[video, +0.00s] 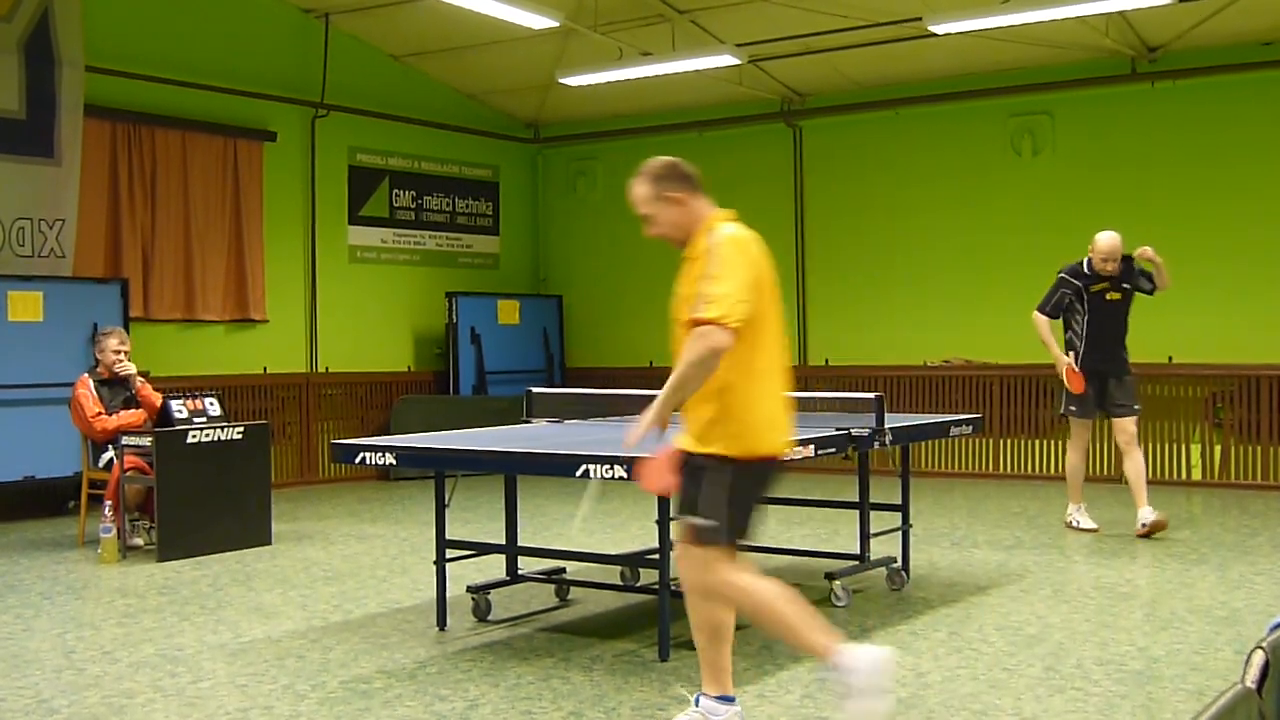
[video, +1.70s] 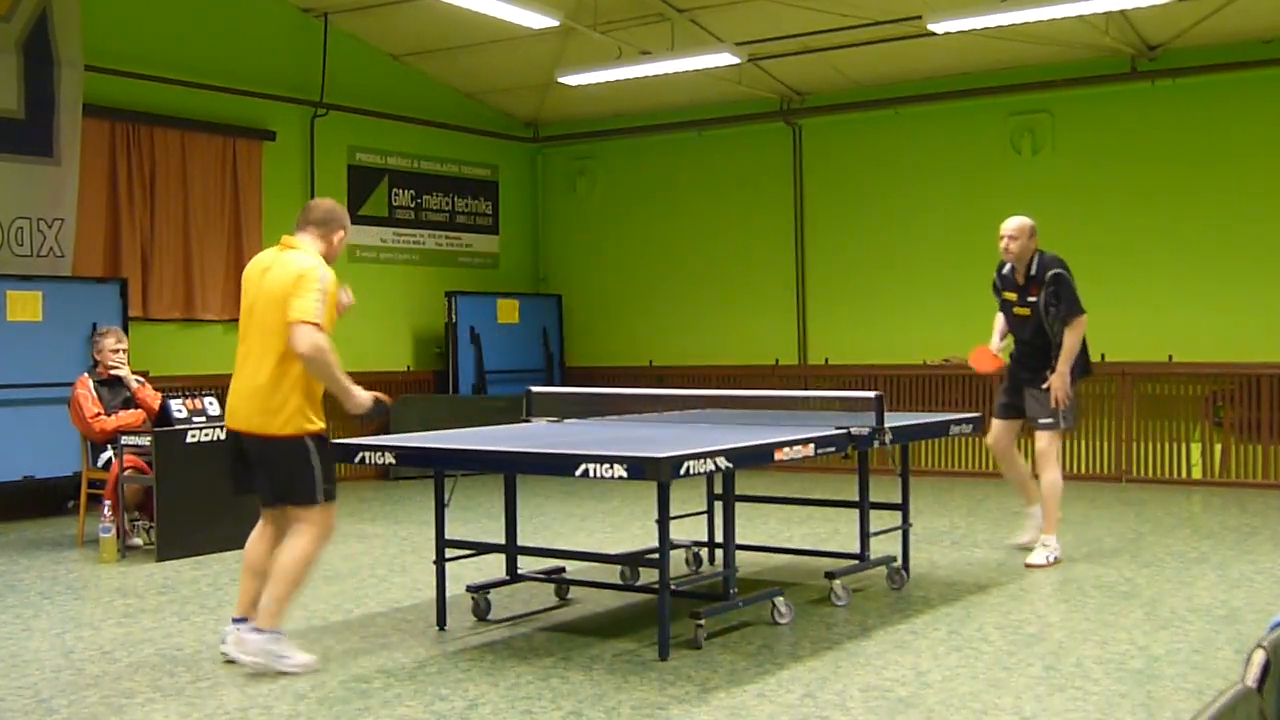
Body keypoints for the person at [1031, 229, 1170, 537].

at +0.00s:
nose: (1109, 267)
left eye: (1115, 261)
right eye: (1103, 262)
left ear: (1122, 257)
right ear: (1090, 254)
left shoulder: (1128, 272)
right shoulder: (1072, 276)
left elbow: (1160, 285)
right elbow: (1040, 316)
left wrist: (1156, 262)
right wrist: (1057, 355)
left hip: (1117, 369)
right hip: (1081, 370)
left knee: (1129, 438)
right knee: (1079, 441)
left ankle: (1144, 513)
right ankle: (1075, 509)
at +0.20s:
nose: (1117, 262)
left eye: (1122, 257)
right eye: (1111, 256)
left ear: (1132, 251)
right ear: (1102, 250)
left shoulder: (1147, 270)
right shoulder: (1084, 273)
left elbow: (1176, 294)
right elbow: (1055, 311)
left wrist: (1180, 295)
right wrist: (1067, 350)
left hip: (1135, 369)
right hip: (1096, 369)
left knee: (1142, 440)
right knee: (1095, 441)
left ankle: (1146, 516)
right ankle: (1087, 501)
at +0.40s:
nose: (1114, 259)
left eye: (1120, 253)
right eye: (1109, 254)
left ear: (1133, 246)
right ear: (1103, 249)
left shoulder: (1156, 268)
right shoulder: (1091, 269)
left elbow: (1177, 308)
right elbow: (1071, 306)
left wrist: (1174, 347)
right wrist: (1077, 346)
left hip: (1140, 366)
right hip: (1099, 364)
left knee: (1143, 442)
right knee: (1090, 434)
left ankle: (1146, 516)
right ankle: (1100, 502)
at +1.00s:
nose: (1063, 264)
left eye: (1068, 257)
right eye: (1058, 258)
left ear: (1084, 247)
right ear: (1054, 252)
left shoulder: (1113, 264)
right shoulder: (1051, 275)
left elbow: (1142, 308)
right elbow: (1042, 322)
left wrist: (1133, 353)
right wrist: (1040, 366)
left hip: (1111, 369)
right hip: (1068, 371)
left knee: (1126, 448)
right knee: (1072, 445)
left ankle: (1139, 501)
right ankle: (1087, 526)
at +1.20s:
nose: (1043, 250)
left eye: (1049, 243)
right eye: (1039, 244)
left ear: (1068, 241)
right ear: (1037, 243)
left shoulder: (1096, 264)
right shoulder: (1036, 273)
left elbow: (1127, 307)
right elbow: (1027, 318)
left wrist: (1113, 357)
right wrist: (1027, 353)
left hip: (1094, 366)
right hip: (1056, 368)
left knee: (1094, 444)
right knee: (1068, 448)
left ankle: (1101, 528)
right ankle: (1085, 526)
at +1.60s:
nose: (1014, 246)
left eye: (1022, 240)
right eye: (1012, 240)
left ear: (1042, 244)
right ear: (1011, 243)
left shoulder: (1064, 271)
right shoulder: (1012, 274)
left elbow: (1090, 319)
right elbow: (1010, 315)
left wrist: (1073, 372)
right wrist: (1005, 347)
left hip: (1056, 373)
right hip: (1025, 371)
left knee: (1049, 454)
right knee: (1017, 451)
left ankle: (1049, 541)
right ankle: (1067, 513)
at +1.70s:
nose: (1005, 244)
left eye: (1012, 238)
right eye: (1002, 238)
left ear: (1032, 242)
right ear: (1000, 242)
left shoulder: (1052, 271)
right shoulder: (1003, 272)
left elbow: (1077, 322)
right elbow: (1005, 309)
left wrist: (1062, 372)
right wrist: (996, 340)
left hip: (1051, 370)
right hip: (1019, 367)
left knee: (1046, 452)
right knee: (999, 442)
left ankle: (1049, 540)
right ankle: (1036, 510)